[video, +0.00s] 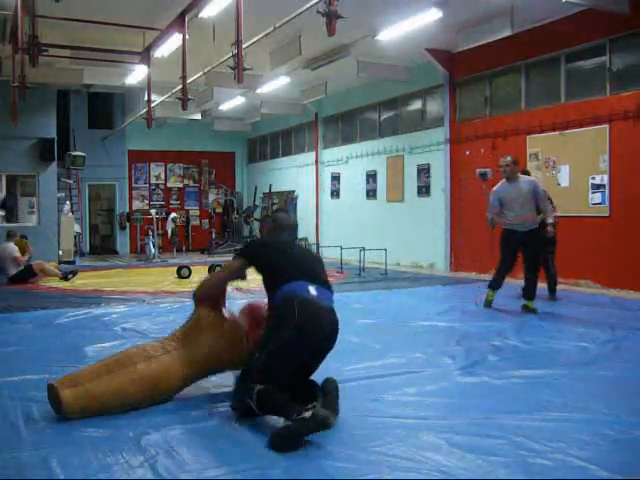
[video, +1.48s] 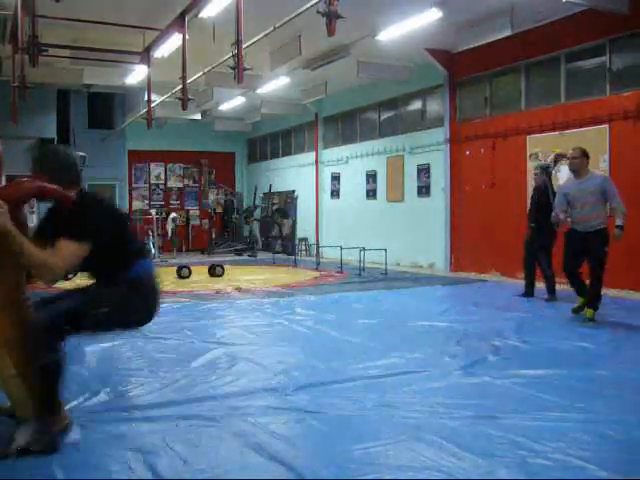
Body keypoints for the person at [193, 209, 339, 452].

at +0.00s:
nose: (260, 231)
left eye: (262, 227)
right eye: (261, 227)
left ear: (269, 228)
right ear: (294, 232)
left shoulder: (260, 246)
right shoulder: (311, 255)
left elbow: (205, 290)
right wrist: (271, 321)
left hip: (294, 319)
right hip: (327, 323)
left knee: (245, 392)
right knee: (288, 383)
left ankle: (299, 412)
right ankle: (320, 397)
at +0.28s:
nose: (255, 197)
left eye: (259, 192)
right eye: (257, 191)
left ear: (273, 197)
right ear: (285, 199)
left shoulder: (272, 217)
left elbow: (226, 244)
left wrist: (184, 240)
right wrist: (218, 289)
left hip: (297, 309)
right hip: (322, 315)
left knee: (221, 320)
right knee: (285, 389)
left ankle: (254, 404)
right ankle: (344, 385)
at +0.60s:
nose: (237, 191)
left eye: (241, 185)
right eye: (239, 185)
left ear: (255, 188)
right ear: (267, 189)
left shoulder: (267, 221)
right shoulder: (275, 223)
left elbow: (205, 240)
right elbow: (230, 268)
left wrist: (153, 223)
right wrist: (188, 249)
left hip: (280, 320)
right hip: (295, 319)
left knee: (200, 322)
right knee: (284, 389)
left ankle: (231, 404)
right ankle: (350, 377)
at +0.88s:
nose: (159, 201)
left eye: (162, 194)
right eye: (157, 195)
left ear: (179, 190)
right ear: (194, 186)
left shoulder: (209, 212)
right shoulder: (209, 206)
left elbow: (153, 252)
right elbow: (159, 242)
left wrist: (100, 218)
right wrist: (117, 218)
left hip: (261, 294)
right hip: (277, 287)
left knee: (185, 333)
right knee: (290, 371)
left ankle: (232, 407)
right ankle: (371, 381)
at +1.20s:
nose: (86, 178)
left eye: (88, 171)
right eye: (85, 172)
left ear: (102, 170)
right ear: (118, 164)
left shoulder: (140, 188)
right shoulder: (129, 190)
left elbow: (101, 246)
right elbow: (98, 236)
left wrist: (38, 219)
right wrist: (51, 215)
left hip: (227, 247)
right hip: (211, 248)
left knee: (179, 329)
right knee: (154, 304)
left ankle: (230, 404)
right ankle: (192, 374)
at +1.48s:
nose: (31, 180)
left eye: (35, 174)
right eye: (32, 175)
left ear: (48, 178)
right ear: (73, 175)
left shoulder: (88, 210)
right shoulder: (61, 212)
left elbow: (52, 269)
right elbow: (35, 258)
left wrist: (8, 226)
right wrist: (17, 213)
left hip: (133, 298)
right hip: (111, 291)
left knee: (45, 322)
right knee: (35, 312)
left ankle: (49, 418)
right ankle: (31, 404)